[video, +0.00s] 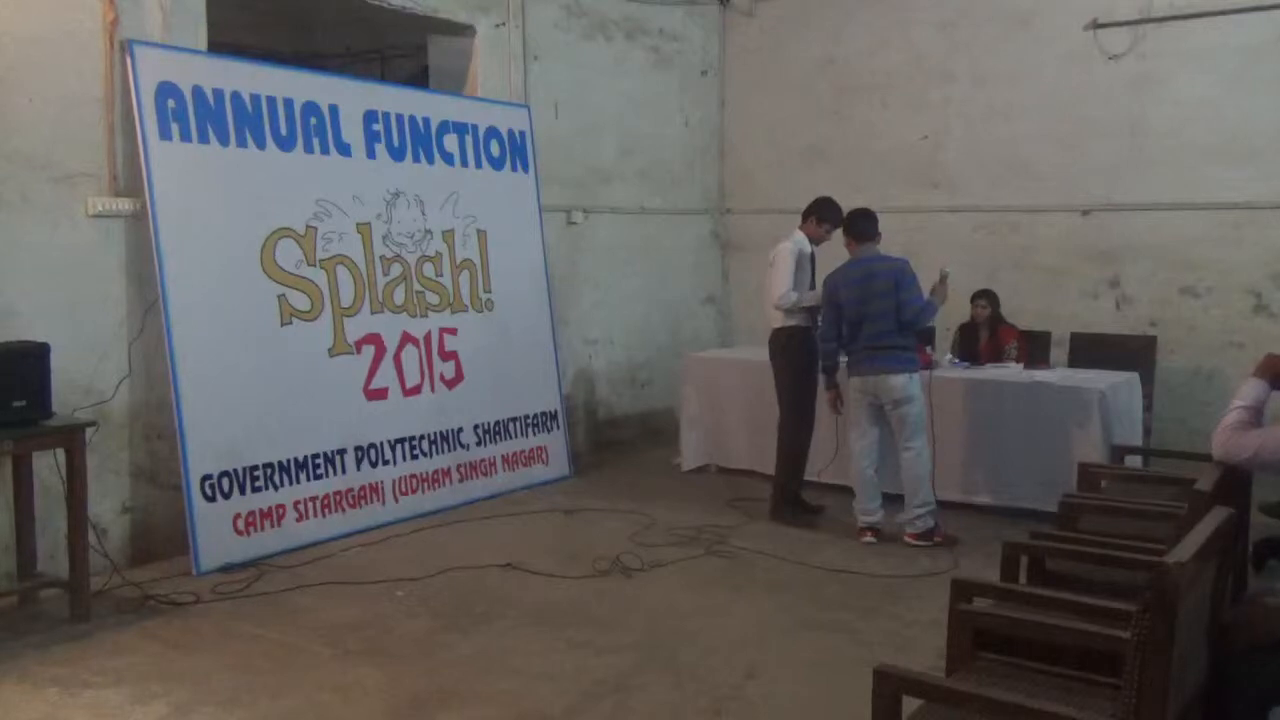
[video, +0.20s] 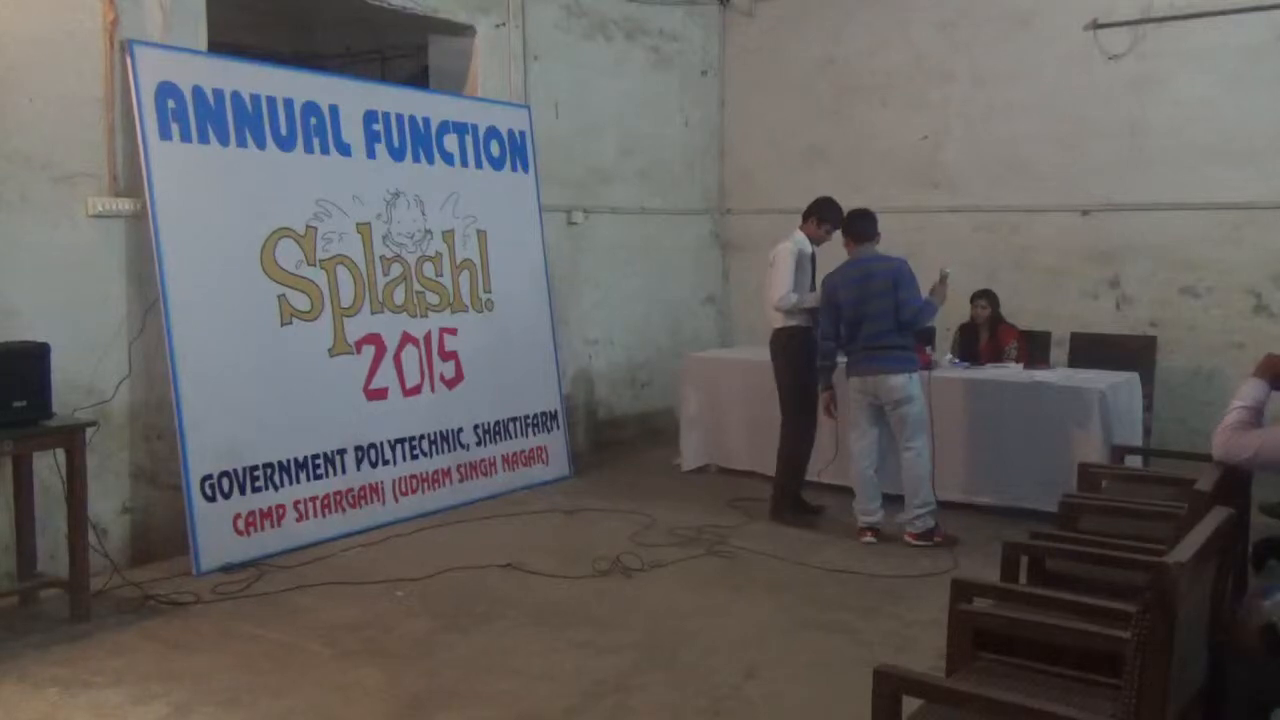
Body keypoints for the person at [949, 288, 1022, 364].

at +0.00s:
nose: (978, 311)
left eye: (983, 308)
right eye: (975, 306)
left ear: (993, 310)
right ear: (971, 308)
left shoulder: (1007, 332)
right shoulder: (964, 330)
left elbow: (1009, 365)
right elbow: (954, 361)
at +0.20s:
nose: (978, 312)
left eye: (983, 308)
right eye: (975, 307)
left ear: (993, 310)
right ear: (971, 308)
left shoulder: (1007, 332)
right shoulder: (964, 330)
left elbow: (1009, 366)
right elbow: (954, 361)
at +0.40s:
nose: (978, 312)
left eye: (983, 308)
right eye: (975, 307)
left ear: (993, 310)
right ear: (971, 309)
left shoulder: (1007, 332)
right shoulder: (964, 330)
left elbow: (1009, 365)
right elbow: (954, 361)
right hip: (968, 381)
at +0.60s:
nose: (978, 311)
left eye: (983, 308)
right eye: (975, 307)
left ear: (992, 310)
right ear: (971, 308)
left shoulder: (1007, 332)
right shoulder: (964, 330)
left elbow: (1009, 365)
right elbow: (954, 361)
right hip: (967, 381)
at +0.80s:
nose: (978, 312)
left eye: (983, 308)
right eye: (975, 307)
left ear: (993, 310)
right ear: (971, 308)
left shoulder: (1007, 332)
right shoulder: (964, 330)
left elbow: (1009, 365)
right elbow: (954, 361)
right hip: (968, 381)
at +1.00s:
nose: (978, 312)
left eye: (983, 308)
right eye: (975, 307)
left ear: (993, 310)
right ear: (971, 308)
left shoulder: (1007, 332)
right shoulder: (964, 331)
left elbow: (1009, 365)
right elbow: (953, 361)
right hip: (967, 381)